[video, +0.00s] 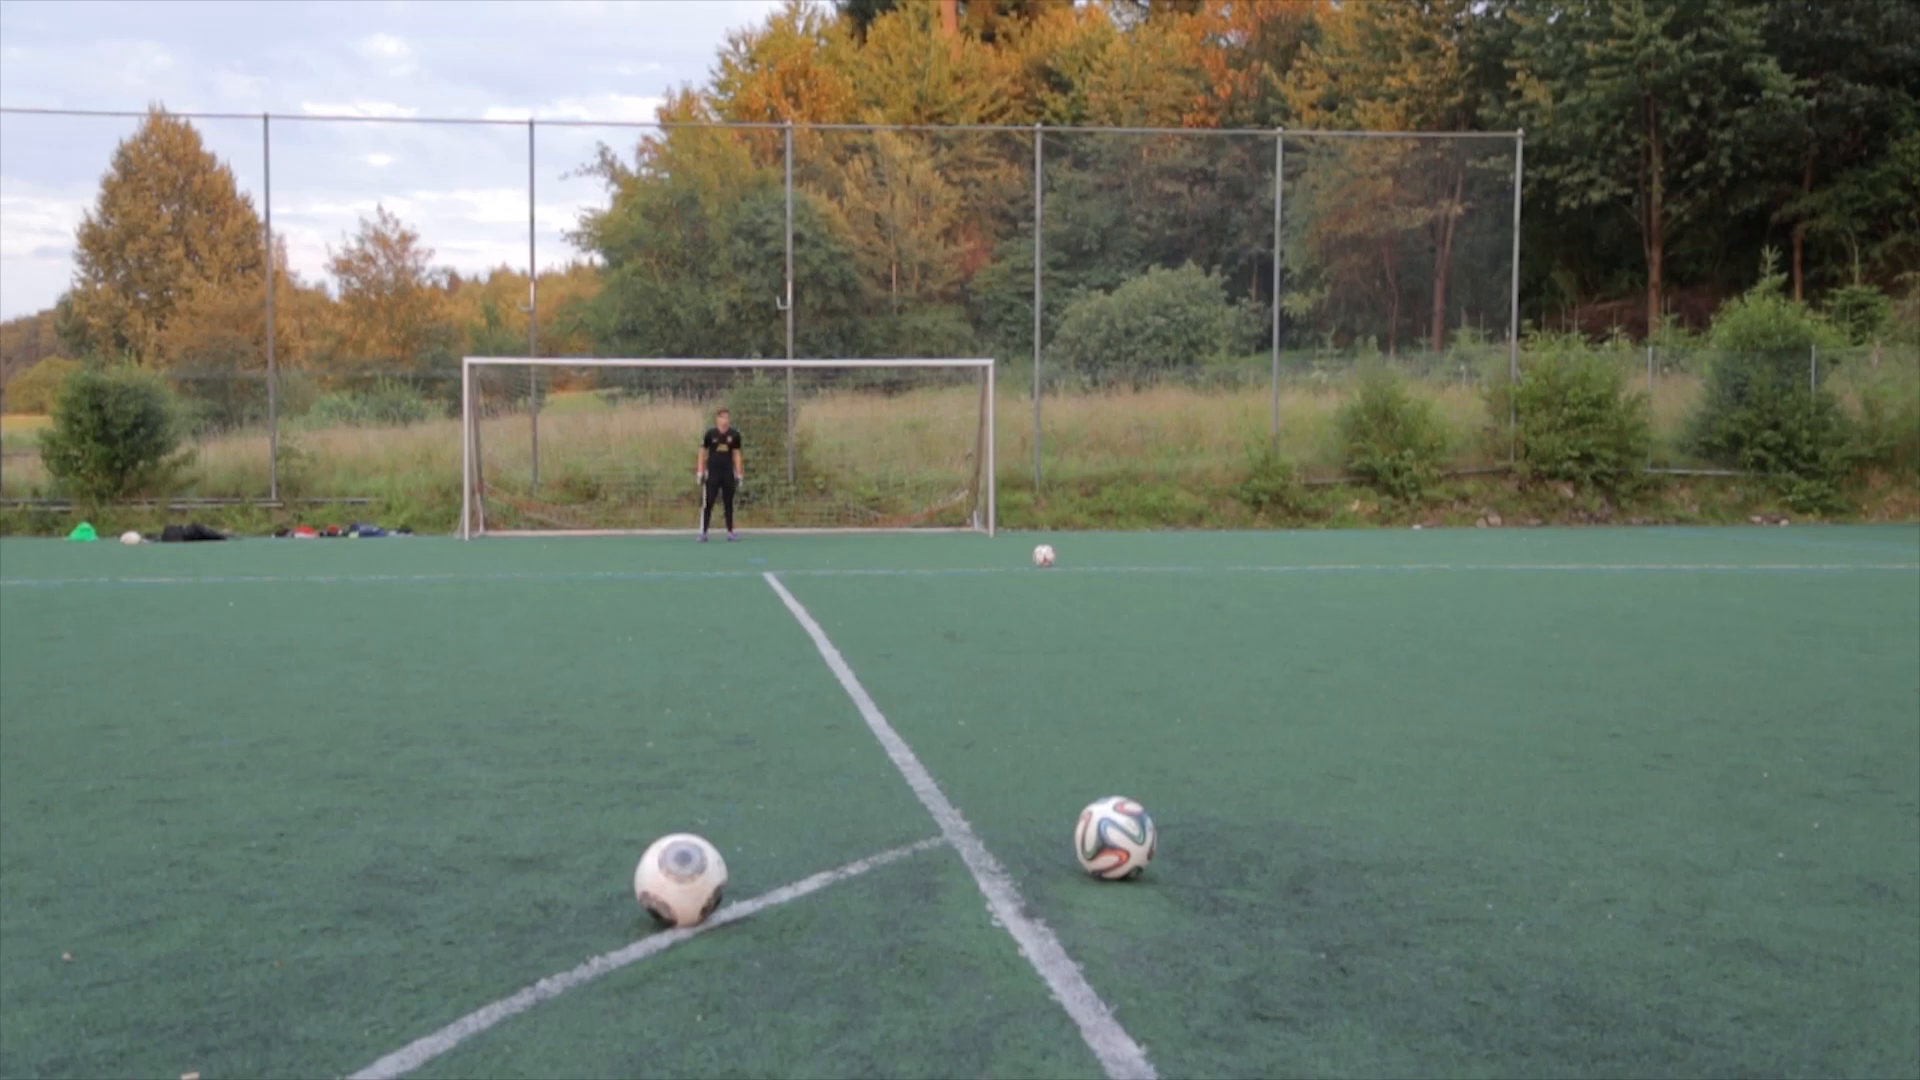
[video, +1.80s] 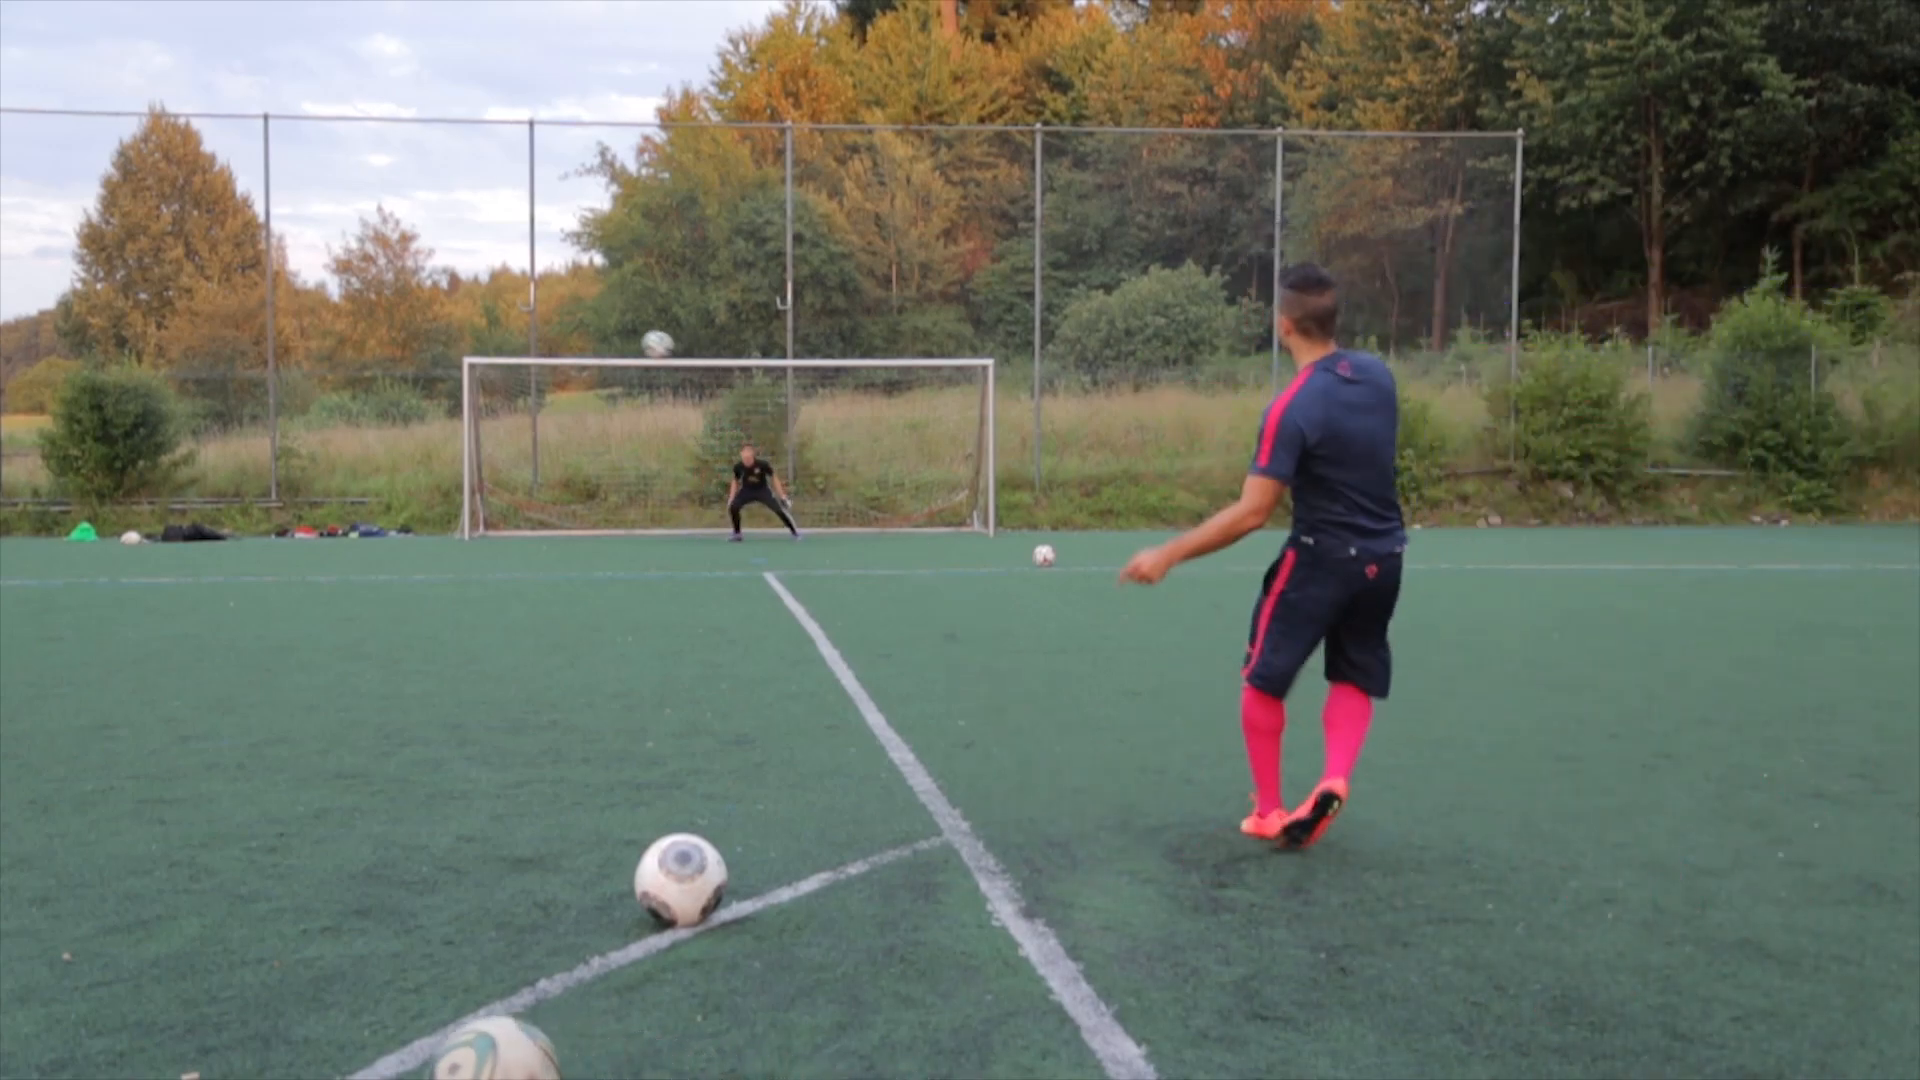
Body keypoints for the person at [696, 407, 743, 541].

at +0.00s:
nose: (724, 421)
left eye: (726, 418)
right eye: (722, 418)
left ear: (729, 420)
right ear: (717, 419)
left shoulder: (734, 435)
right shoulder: (710, 434)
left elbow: (737, 454)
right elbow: (703, 452)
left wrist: (739, 472)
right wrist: (700, 470)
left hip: (728, 474)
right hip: (712, 473)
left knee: (728, 503)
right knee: (708, 504)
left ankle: (730, 530)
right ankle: (704, 531)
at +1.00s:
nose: (720, 439)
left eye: (722, 436)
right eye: (717, 436)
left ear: (725, 438)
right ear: (713, 437)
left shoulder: (731, 450)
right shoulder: (706, 450)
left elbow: (738, 464)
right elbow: (699, 464)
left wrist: (740, 481)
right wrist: (696, 480)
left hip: (725, 481)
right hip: (709, 481)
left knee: (736, 504)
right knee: (701, 505)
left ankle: (746, 530)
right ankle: (698, 532)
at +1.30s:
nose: (737, 442)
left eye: (739, 439)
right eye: (735, 439)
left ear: (743, 439)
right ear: (731, 439)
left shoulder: (750, 450)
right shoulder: (725, 451)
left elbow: (755, 464)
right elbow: (717, 465)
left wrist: (758, 478)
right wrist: (713, 482)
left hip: (746, 482)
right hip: (730, 481)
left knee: (749, 506)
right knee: (717, 505)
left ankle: (749, 532)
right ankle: (705, 532)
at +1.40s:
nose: (743, 438)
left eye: (745, 435)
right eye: (741, 436)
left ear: (748, 435)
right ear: (736, 435)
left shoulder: (756, 445)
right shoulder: (731, 447)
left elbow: (761, 457)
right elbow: (721, 459)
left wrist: (766, 469)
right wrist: (718, 477)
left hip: (753, 476)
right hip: (737, 476)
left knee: (760, 500)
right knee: (726, 500)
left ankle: (755, 529)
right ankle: (721, 527)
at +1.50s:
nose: (749, 437)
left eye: (751, 434)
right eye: (747, 434)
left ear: (754, 436)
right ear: (742, 435)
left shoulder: (762, 447)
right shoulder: (736, 449)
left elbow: (770, 459)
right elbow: (727, 461)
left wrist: (775, 472)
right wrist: (724, 478)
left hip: (759, 476)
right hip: (743, 476)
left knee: (770, 499)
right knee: (736, 499)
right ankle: (734, 527)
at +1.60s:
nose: (755, 447)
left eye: (757, 444)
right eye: (753, 444)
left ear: (760, 444)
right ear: (748, 445)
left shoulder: (768, 454)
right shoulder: (742, 457)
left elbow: (775, 468)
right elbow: (733, 468)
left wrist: (783, 482)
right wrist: (729, 484)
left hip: (765, 483)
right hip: (749, 484)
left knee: (779, 504)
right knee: (743, 505)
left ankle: (795, 530)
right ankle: (746, 532)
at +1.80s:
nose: (747, 461)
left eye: (749, 458)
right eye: (744, 458)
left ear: (753, 456)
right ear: (741, 458)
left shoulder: (763, 465)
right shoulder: (739, 468)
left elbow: (774, 479)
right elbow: (735, 483)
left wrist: (782, 496)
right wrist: (731, 499)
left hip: (762, 492)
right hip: (746, 493)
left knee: (778, 510)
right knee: (733, 508)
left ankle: (794, 533)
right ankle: (737, 534)